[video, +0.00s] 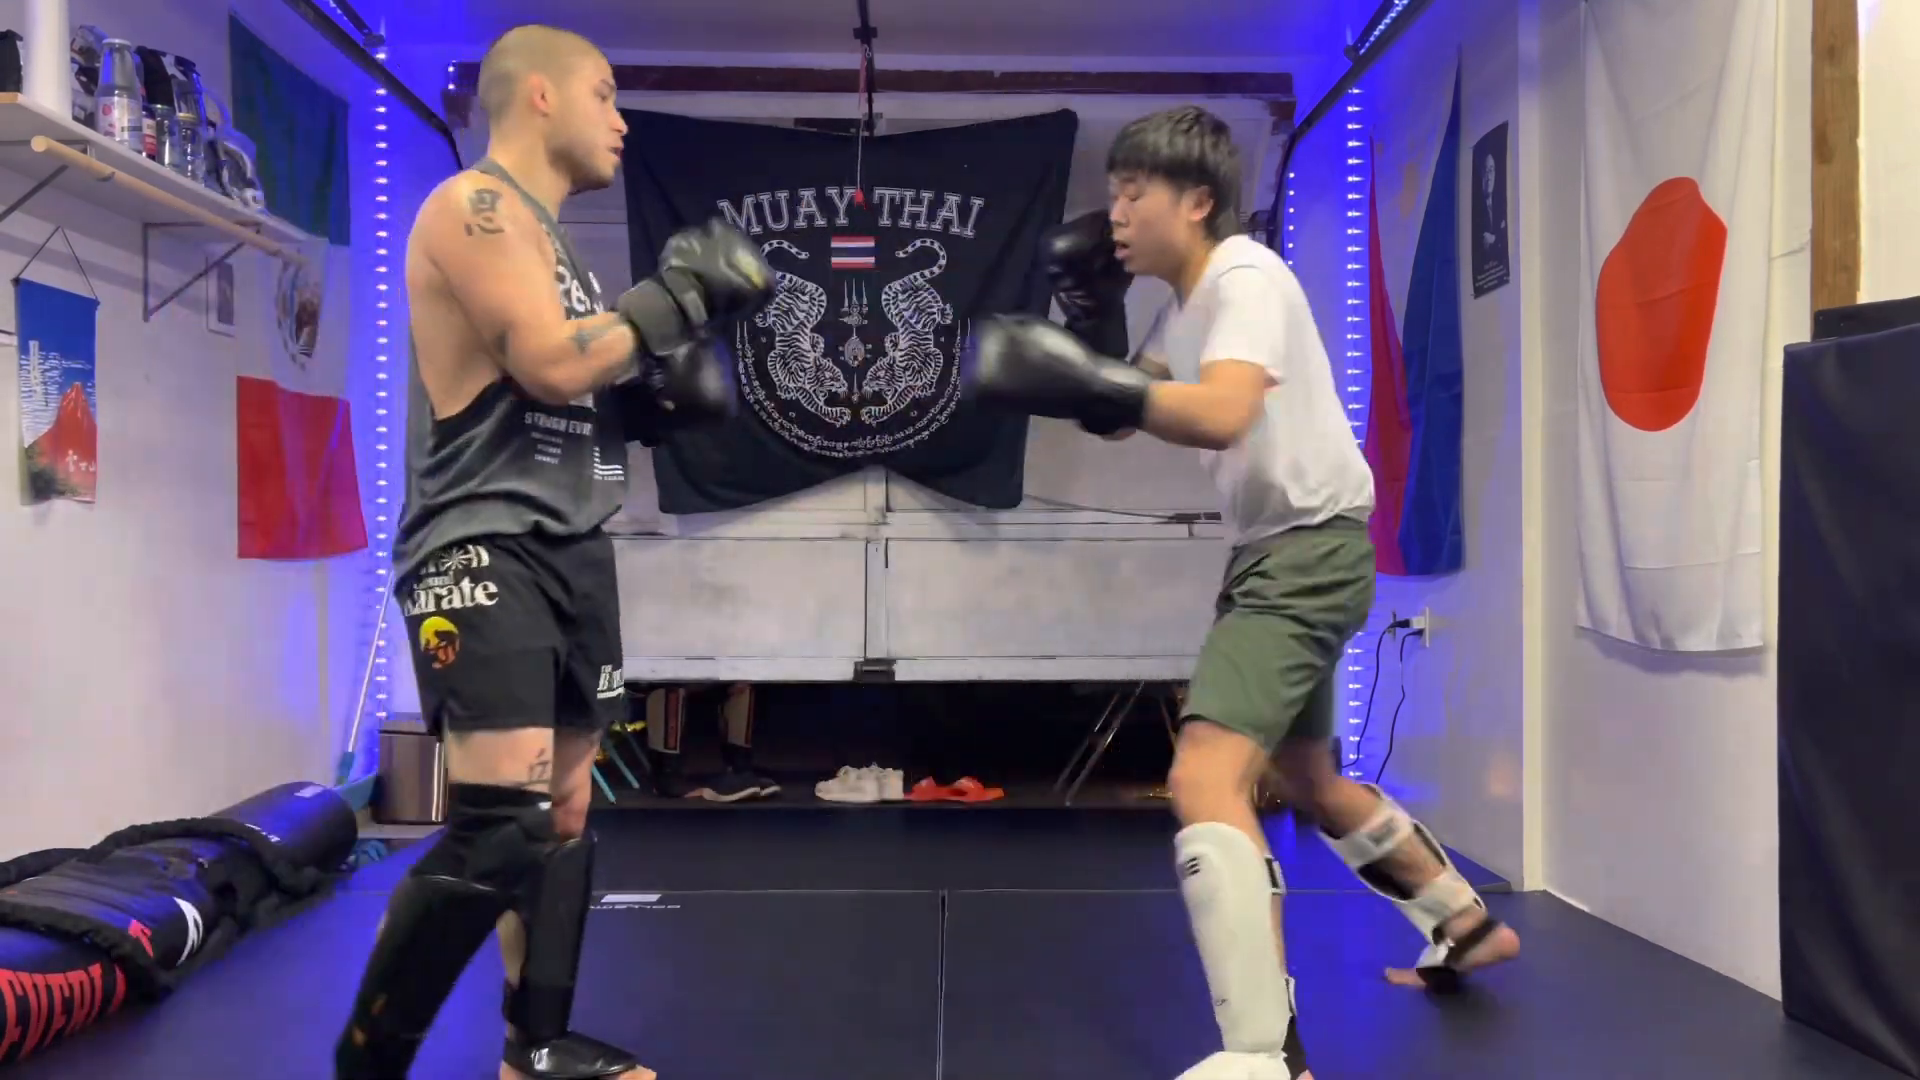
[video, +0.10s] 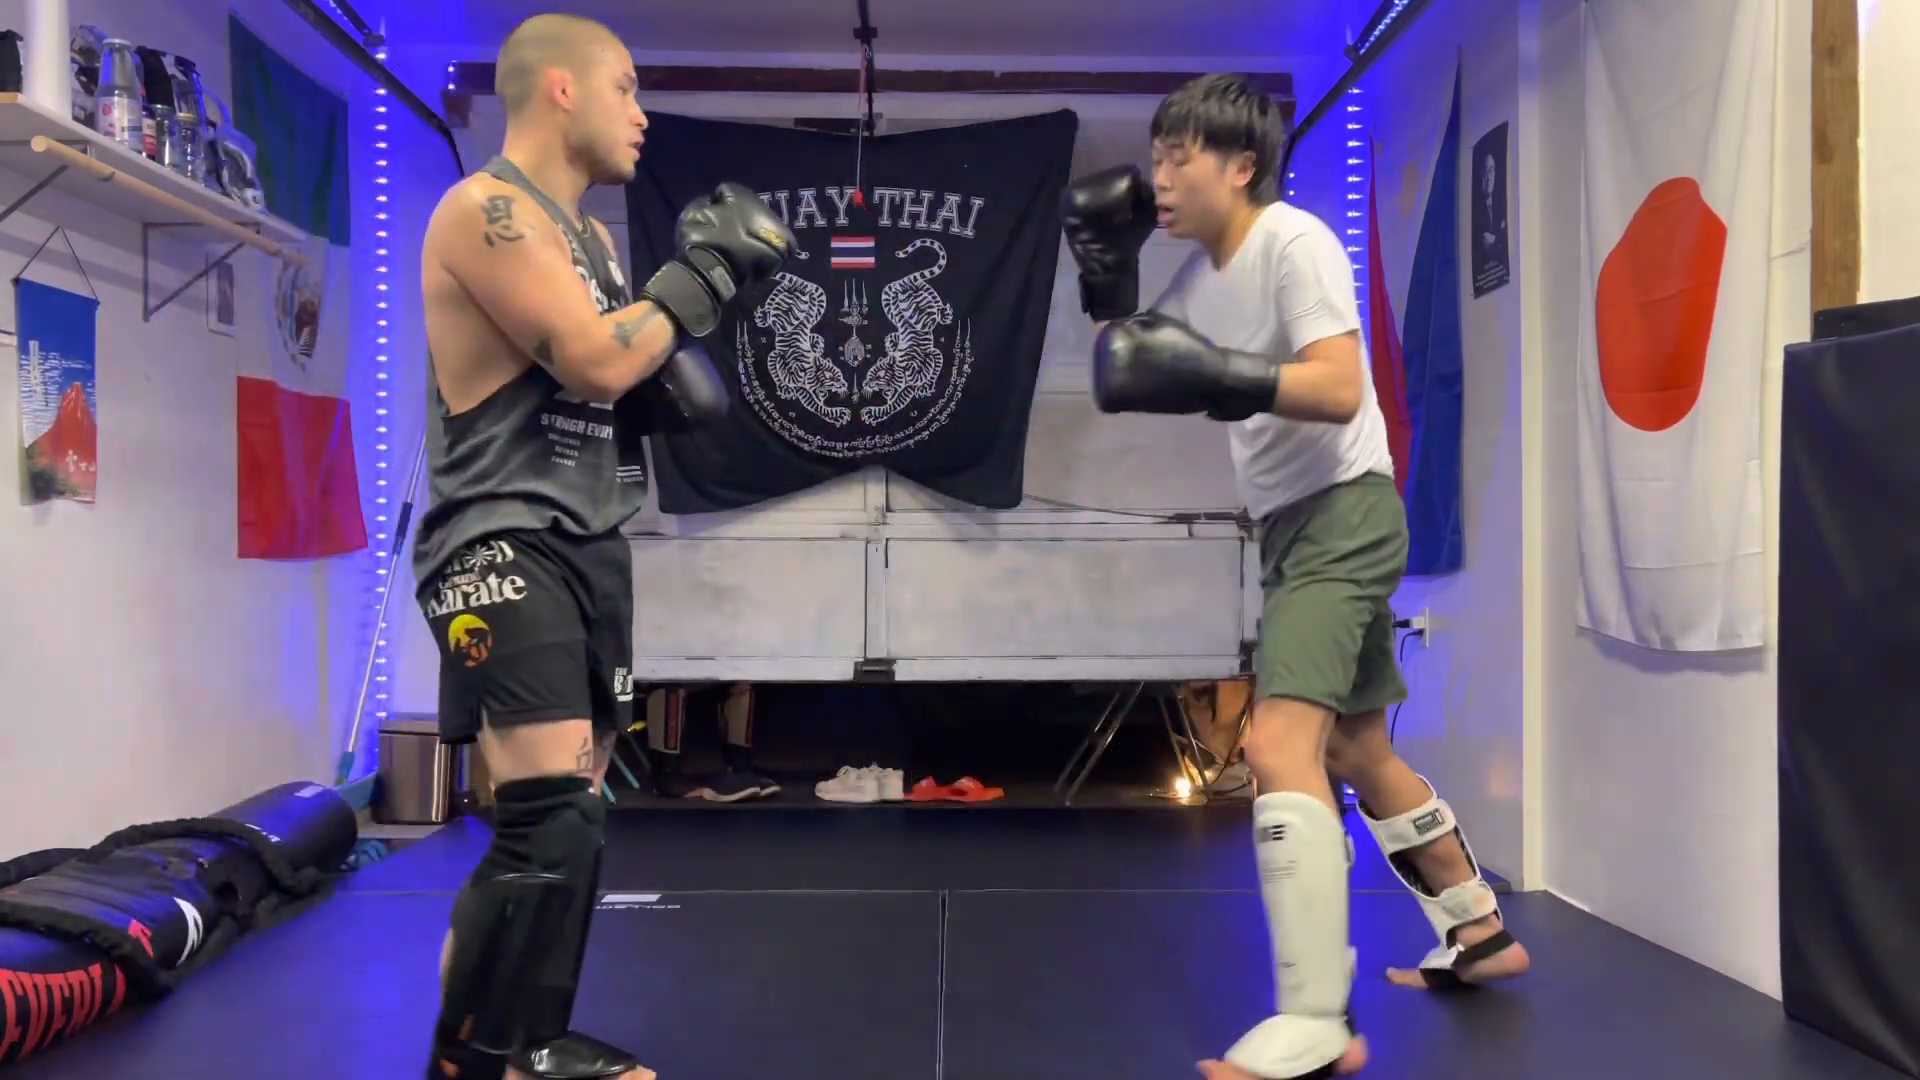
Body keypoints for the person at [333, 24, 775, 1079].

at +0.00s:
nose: (621, 120)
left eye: (616, 99)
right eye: (605, 97)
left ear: (542, 103)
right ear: (541, 100)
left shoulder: (552, 243)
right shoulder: (474, 205)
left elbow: (554, 397)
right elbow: (550, 361)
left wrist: (642, 401)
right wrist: (677, 295)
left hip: (569, 548)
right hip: (481, 543)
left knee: (562, 807)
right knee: (501, 822)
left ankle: (541, 1042)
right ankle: (367, 1060)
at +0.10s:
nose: (643, 113)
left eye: (639, 93)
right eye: (626, 89)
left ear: (566, 95)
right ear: (558, 90)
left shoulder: (593, 241)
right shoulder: (485, 208)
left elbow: (597, 385)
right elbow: (594, 357)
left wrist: (653, 389)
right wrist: (701, 269)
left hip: (583, 544)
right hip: (504, 537)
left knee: (568, 806)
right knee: (552, 809)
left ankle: (510, 1043)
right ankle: (492, 1051)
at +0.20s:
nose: (662, 115)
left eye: (659, 94)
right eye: (645, 91)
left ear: (585, 95)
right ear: (578, 92)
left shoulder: (612, 233)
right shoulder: (499, 216)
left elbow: (627, 369)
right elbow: (617, 384)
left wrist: (691, 400)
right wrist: (721, 288)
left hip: (606, 546)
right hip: (524, 546)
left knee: (616, 816)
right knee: (577, 819)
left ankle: (540, 1045)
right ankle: (508, 1059)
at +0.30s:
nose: (688, 115)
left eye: (685, 92)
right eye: (673, 90)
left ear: (607, 97)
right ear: (610, 93)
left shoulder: (623, 230)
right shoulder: (525, 220)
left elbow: (633, 409)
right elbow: (627, 407)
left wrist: (715, 398)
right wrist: (721, 327)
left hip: (625, 550)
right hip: (545, 555)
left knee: (685, 822)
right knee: (588, 850)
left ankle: (558, 1017)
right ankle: (505, 1064)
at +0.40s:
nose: (715, 107)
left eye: (714, 84)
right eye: (704, 81)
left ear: (635, 80)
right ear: (643, 77)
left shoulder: (634, 218)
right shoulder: (564, 197)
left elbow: (649, 385)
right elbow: (662, 394)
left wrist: (734, 321)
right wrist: (753, 318)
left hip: (652, 548)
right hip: (579, 553)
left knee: (735, 793)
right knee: (583, 850)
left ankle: (626, 999)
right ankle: (507, 1068)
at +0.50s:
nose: (737, 104)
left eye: (734, 81)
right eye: (728, 79)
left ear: (654, 76)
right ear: (674, 74)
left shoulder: (634, 193)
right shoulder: (616, 186)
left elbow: (715, 361)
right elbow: (738, 364)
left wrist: (785, 267)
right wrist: (802, 259)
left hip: (673, 547)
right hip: (617, 552)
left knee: (752, 793)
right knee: (588, 835)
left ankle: (742, 1027)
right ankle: (511, 1067)